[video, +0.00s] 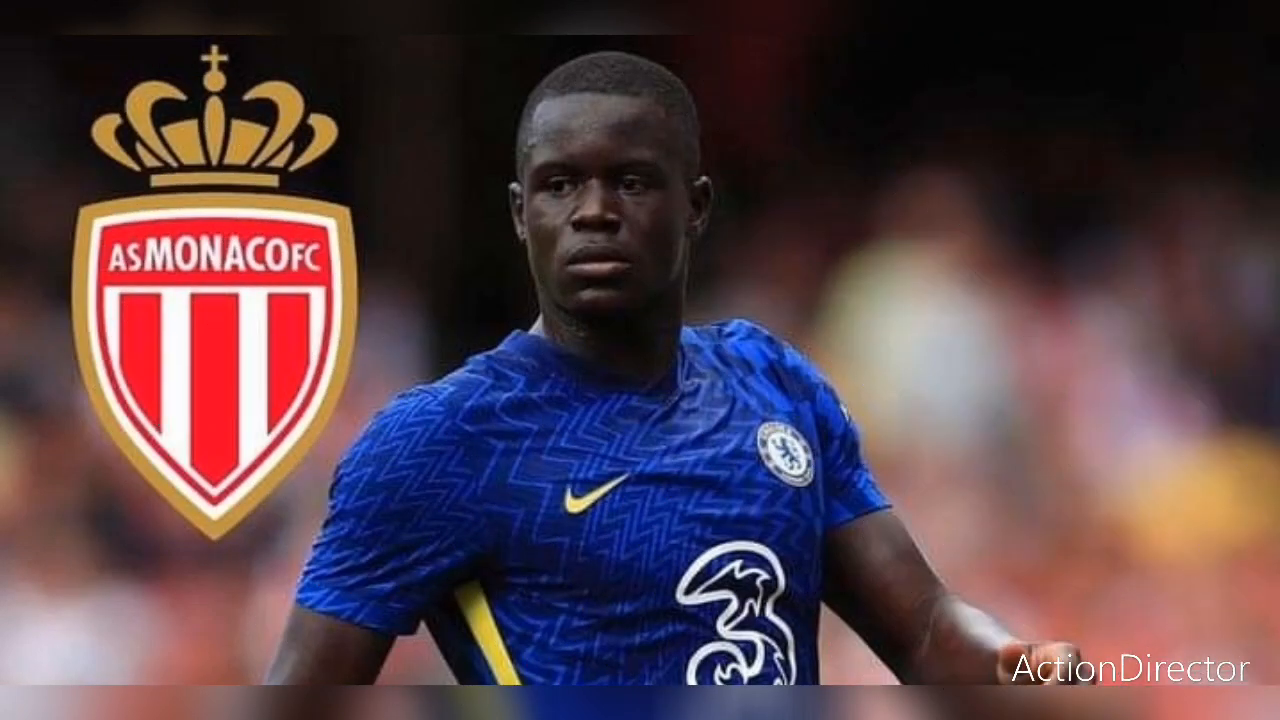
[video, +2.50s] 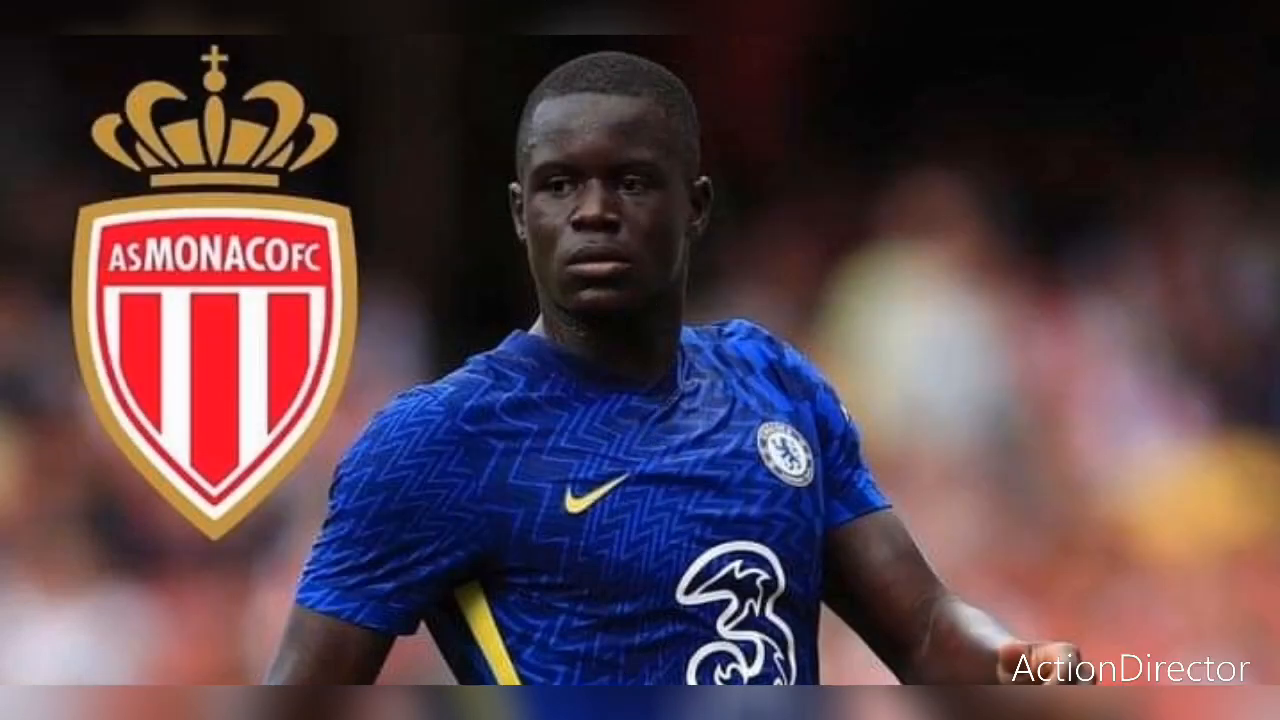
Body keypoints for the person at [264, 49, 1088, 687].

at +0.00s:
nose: (595, 210)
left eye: (633, 178)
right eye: (560, 181)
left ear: (697, 209)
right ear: (522, 216)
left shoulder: (770, 385)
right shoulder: (433, 444)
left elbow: (921, 626)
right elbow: (301, 691)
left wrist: (1021, 675)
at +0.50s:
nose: (596, 209)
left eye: (633, 178)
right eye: (560, 181)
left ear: (697, 210)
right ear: (522, 216)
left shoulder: (770, 385)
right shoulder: (432, 445)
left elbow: (921, 626)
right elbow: (301, 692)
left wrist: (1021, 675)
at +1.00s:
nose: (599, 209)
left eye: (635, 176)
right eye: (561, 180)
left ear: (698, 207)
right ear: (521, 212)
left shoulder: (786, 406)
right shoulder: (433, 444)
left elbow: (922, 626)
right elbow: (301, 689)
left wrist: (1018, 672)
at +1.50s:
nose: (600, 209)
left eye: (636, 177)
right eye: (562, 180)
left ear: (698, 206)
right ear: (521, 213)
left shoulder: (773, 388)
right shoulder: (431, 444)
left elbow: (920, 625)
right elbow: (301, 691)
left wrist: (1019, 673)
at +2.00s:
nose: (600, 209)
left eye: (636, 177)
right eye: (562, 180)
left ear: (698, 206)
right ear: (520, 213)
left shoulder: (770, 384)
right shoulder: (453, 430)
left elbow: (920, 625)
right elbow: (302, 688)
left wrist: (1021, 673)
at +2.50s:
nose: (596, 210)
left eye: (633, 178)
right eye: (560, 181)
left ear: (697, 208)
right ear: (522, 215)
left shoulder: (770, 385)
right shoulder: (433, 445)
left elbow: (921, 625)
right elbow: (301, 692)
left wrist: (1019, 674)